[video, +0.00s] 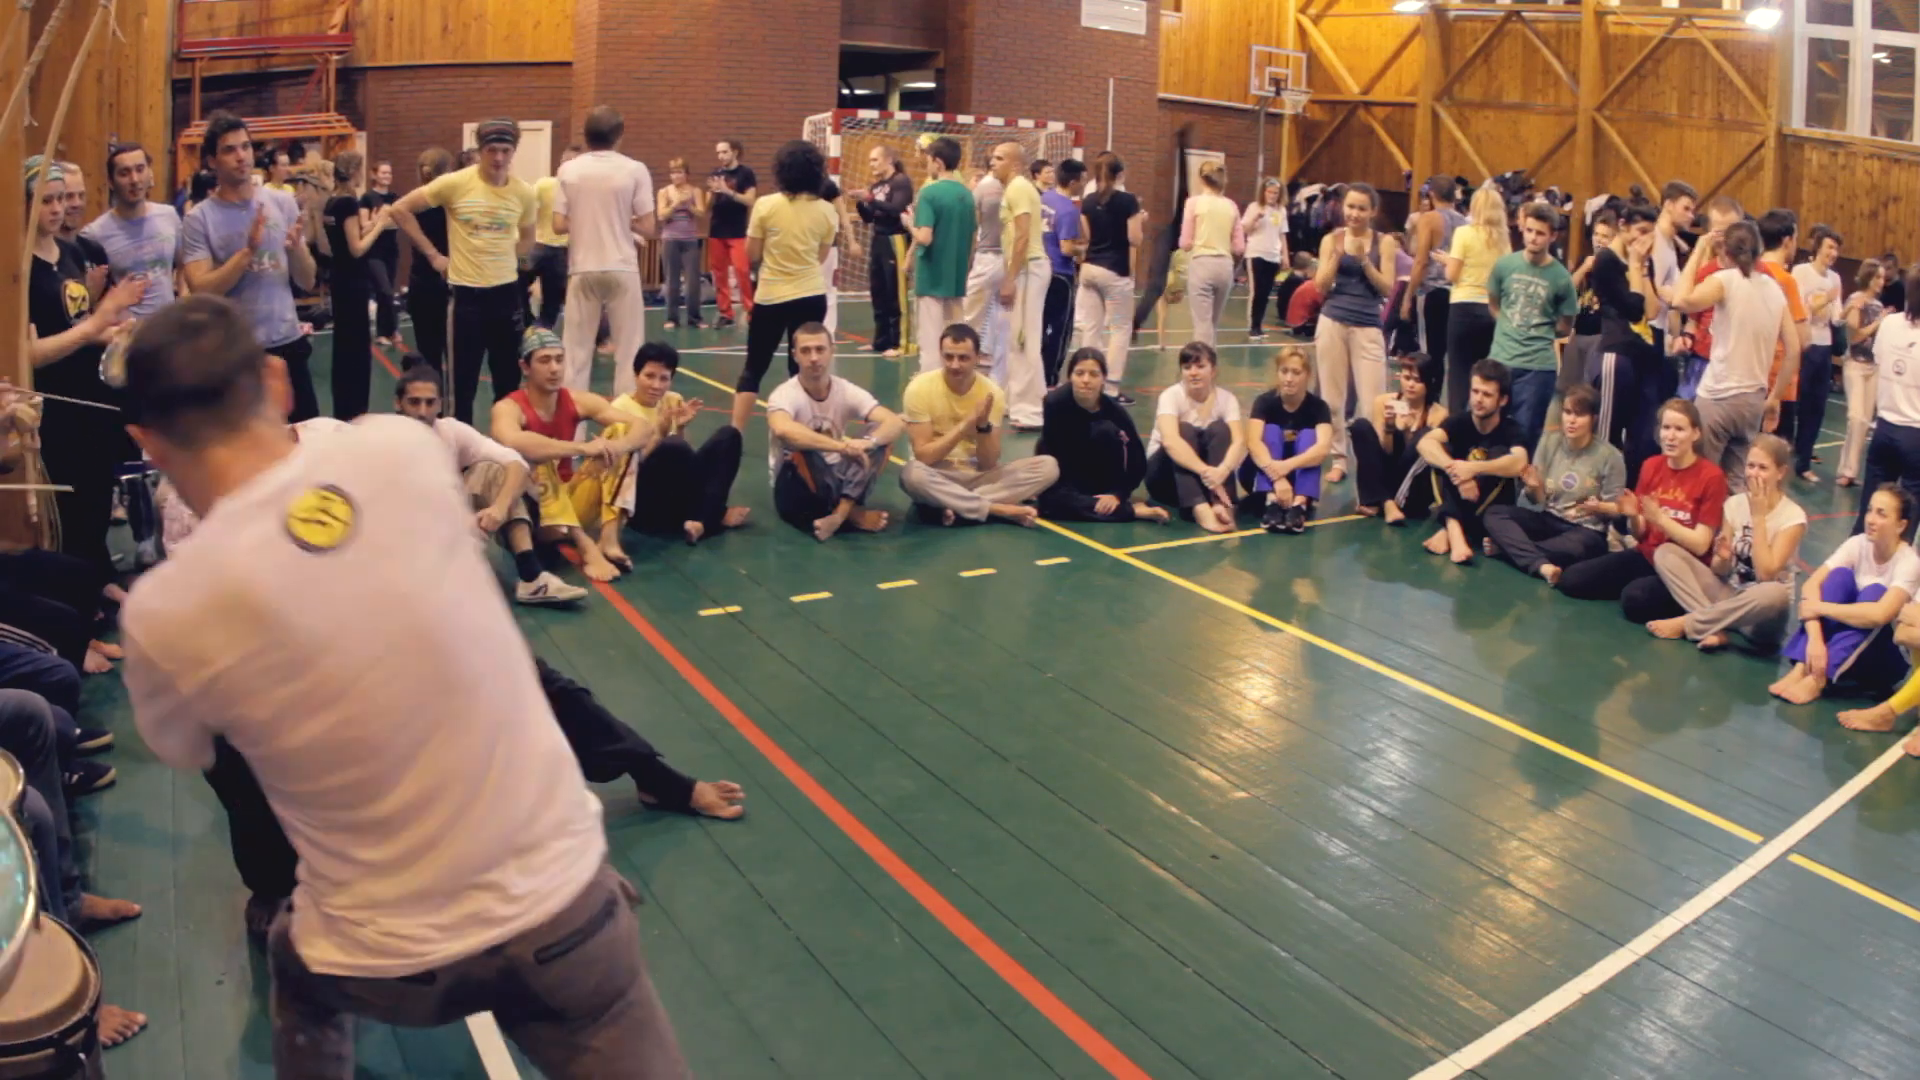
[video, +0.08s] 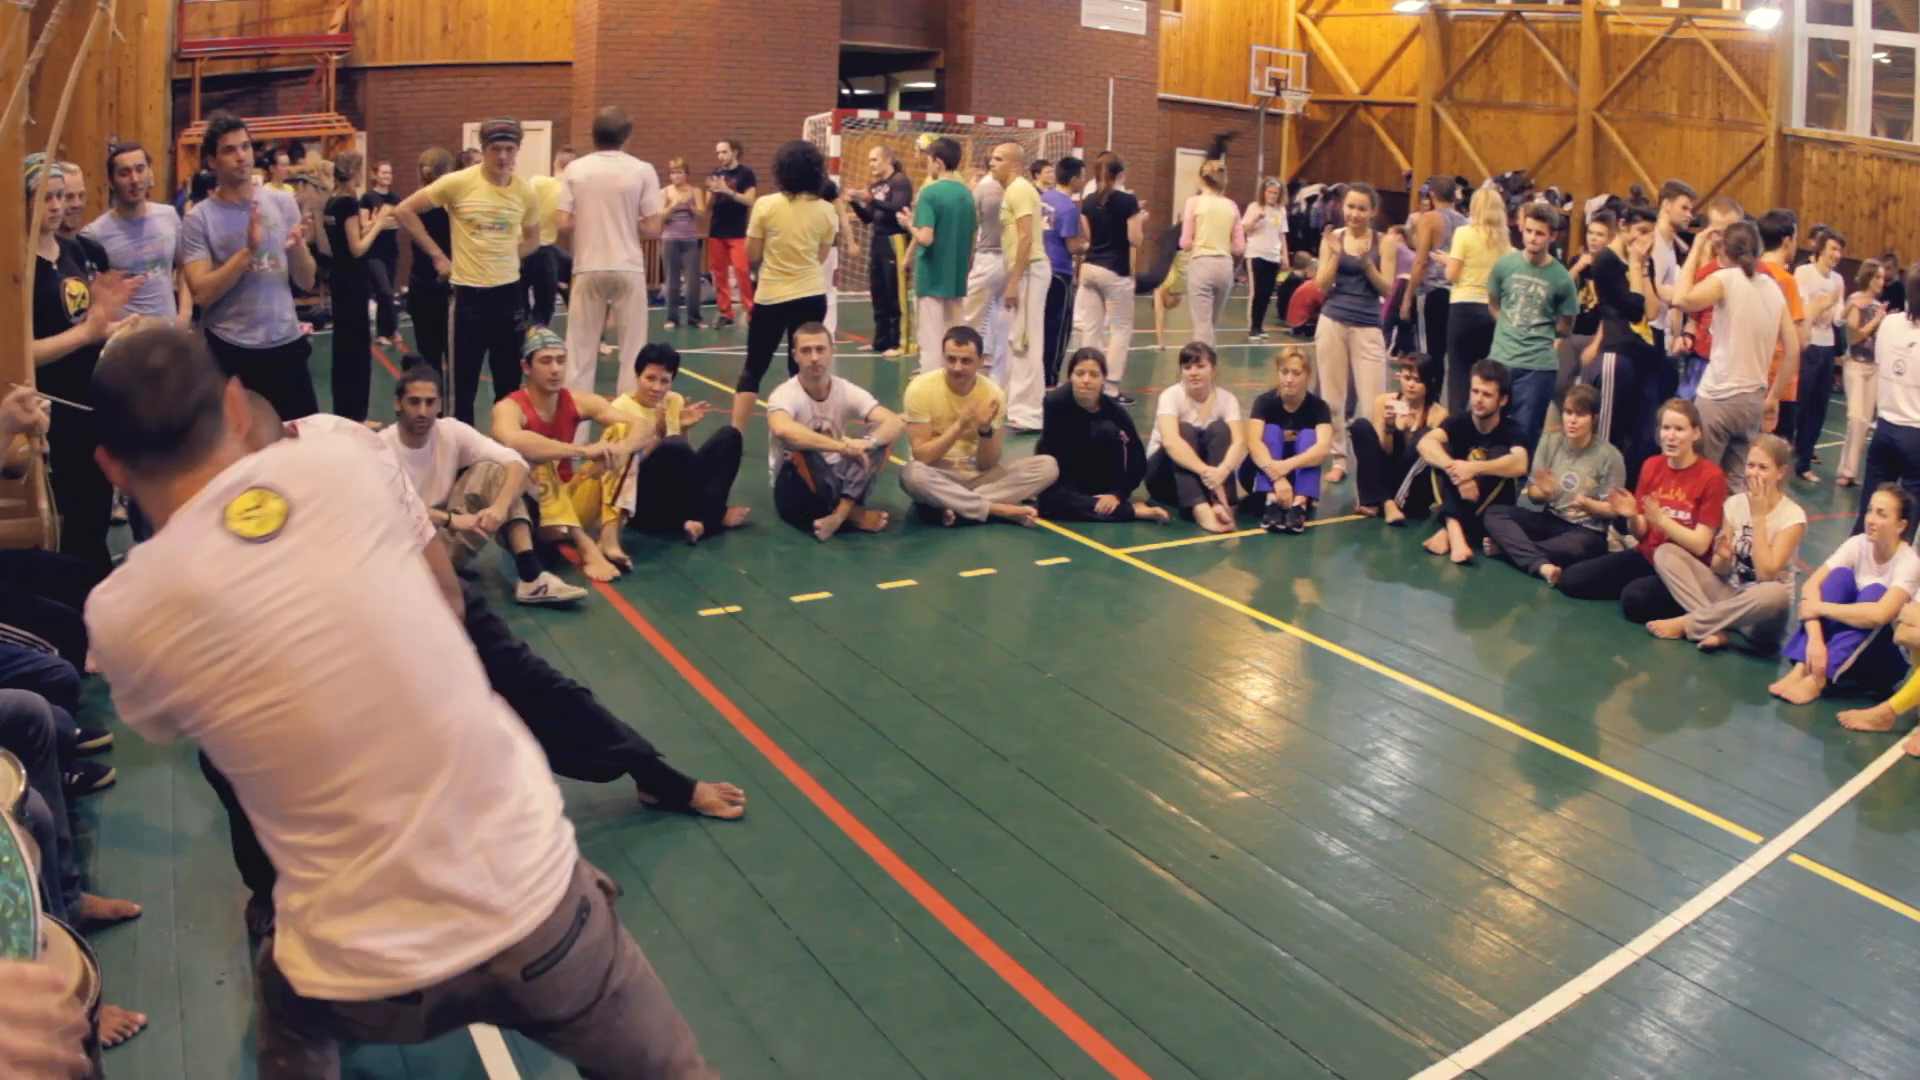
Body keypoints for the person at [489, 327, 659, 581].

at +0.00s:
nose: (554, 368)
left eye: (559, 360)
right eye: (544, 361)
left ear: (566, 362)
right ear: (525, 366)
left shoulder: (579, 401)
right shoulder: (508, 408)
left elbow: (643, 426)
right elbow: (512, 442)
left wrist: (619, 446)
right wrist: (581, 448)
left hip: (574, 505)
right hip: (528, 510)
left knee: (620, 446)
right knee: (538, 462)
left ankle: (610, 537)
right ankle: (586, 546)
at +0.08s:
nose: (555, 369)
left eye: (560, 361)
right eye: (545, 362)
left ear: (567, 363)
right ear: (526, 366)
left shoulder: (580, 401)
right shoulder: (509, 408)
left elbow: (643, 425)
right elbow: (513, 441)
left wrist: (624, 447)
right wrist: (581, 450)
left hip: (575, 505)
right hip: (528, 512)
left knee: (622, 435)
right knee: (540, 464)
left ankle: (610, 536)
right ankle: (586, 545)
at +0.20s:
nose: (556, 370)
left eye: (562, 362)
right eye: (547, 362)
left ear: (569, 364)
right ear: (528, 366)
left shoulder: (581, 402)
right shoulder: (509, 407)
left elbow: (643, 426)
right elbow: (515, 441)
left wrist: (626, 449)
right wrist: (585, 451)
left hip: (573, 506)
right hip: (526, 510)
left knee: (621, 444)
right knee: (540, 461)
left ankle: (609, 537)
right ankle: (587, 546)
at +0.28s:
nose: (557, 370)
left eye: (563, 362)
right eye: (547, 362)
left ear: (570, 364)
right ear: (529, 365)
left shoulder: (581, 402)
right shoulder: (509, 407)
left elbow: (642, 426)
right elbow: (514, 440)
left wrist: (627, 449)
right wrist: (585, 451)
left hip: (573, 507)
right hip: (526, 509)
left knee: (621, 440)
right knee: (540, 462)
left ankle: (609, 537)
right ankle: (587, 546)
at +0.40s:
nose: (556, 369)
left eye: (563, 362)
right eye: (547, 361)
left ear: (570, 366)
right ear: (530, 364)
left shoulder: (581, 402)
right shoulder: (510, 406)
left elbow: (643, 426)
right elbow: (515, 441)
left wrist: (628, 449)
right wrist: (586, 451)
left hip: (573, 506)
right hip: (526, 510)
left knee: (621, 436)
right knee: (539, 461)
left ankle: (609, 536)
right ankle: (586, 544)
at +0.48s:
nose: (555, 368)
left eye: (562, 361)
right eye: (547, 360)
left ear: (570, 367)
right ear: (530, 364)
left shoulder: (581, 402)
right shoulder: (510, 406)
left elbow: (644, 427)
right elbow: (514, 441)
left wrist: (628, 449)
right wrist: (586, 451)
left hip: (573, 505)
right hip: (526, 508)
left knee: (621, 435)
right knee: (542, 461)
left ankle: (609, 536)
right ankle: (586, 545)